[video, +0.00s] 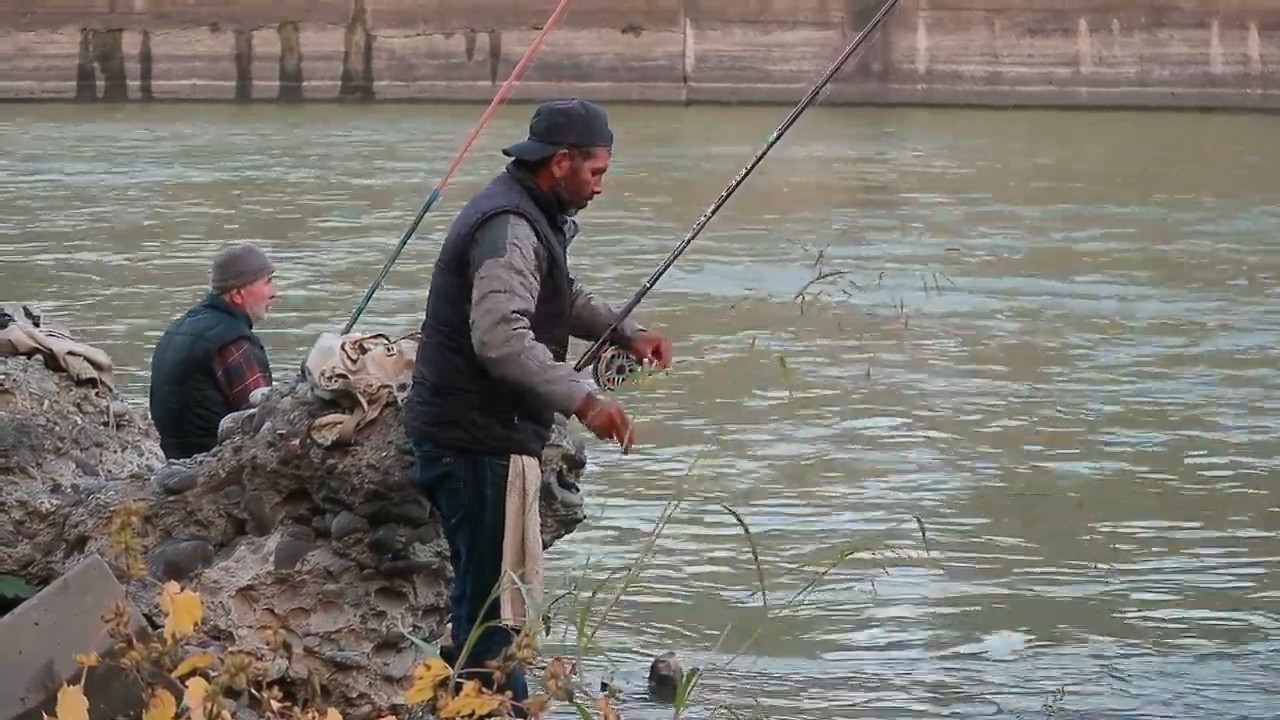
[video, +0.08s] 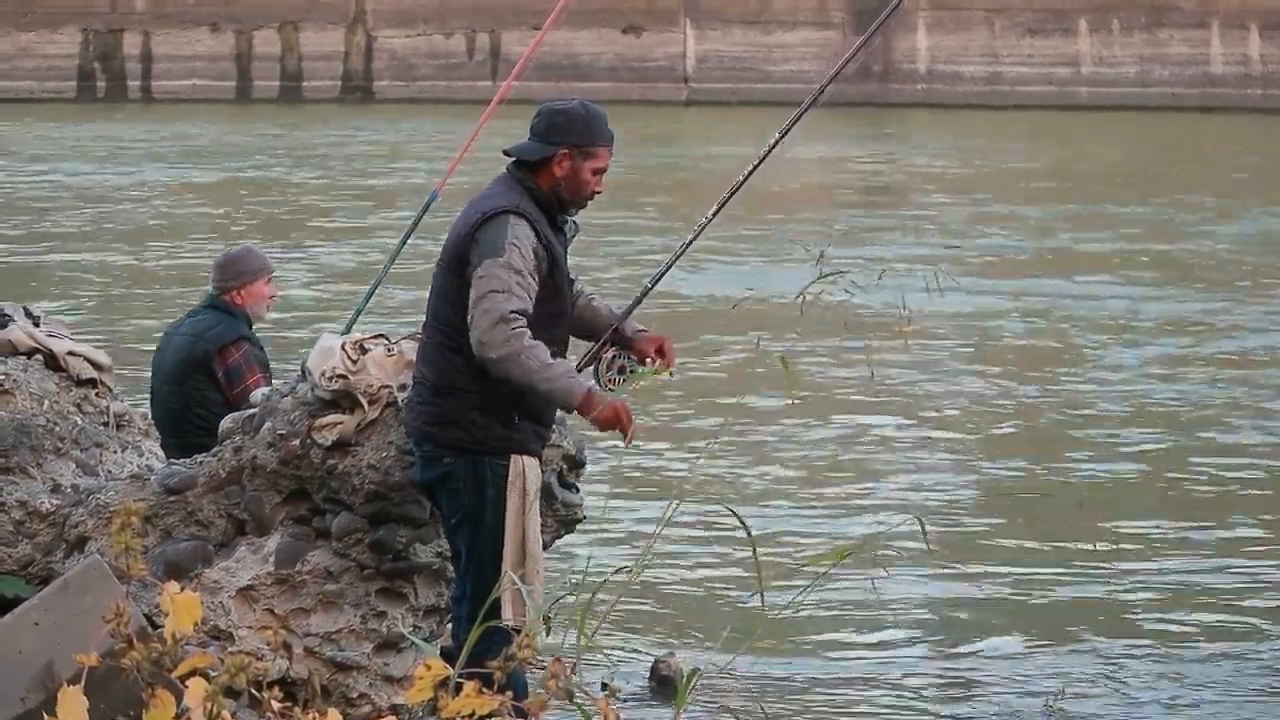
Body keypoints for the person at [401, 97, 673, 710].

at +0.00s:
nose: (601, 184)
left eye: (604, 171)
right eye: (596, 170)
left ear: (563, 161)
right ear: (560, 162)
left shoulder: (536, 217)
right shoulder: (510, 225)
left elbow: (555, 301)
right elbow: (498, 334)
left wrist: (623, 332)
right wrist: (582, 396)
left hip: (493, 436)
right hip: (469, 442)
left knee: (498, 594)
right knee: (489, 599)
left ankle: (492, 710)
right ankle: (484, 713)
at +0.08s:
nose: (602, 184)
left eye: (605, 171)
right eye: (597, 170)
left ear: (563, 161)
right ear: (560, 162)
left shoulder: (536, 218)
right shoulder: (509, 225)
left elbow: (557, 300)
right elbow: (497, 334)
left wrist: (625, 334)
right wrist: (583, 394)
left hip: (494, 436)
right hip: (469, 442)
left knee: (499, 593)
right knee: (489, 598)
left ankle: (495, 710)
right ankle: (486, 713)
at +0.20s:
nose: (602, 184)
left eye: (605, 171)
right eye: (597, 170)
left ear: (563, 161)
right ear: (561, 162)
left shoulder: (535, 217)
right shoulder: (510, 224)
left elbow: (558, 300)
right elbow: (500, 331)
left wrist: (627, 336)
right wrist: (590, 383)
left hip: (494, 437)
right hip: (470, 443)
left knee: (498, 592)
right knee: (489, 598)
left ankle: (491, 710)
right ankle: (484, 713)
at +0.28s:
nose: (602, 184)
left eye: (605, 171)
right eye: (597, 170)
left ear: (563, 162)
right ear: (560, 162)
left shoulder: (535, 218)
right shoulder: (508, 224)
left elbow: (558, 301)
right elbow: (507, 334)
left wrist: (627, 336)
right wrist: (599, 378)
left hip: (494, 437)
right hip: (470, 443)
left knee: (499, 591)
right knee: (489, 596)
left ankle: (493, 708)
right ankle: (485, 711)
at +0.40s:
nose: (601, 183)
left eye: (603, 170)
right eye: (596, 169)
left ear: (563, 162)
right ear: (559, 164)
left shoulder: (535, 220)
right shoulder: (507, 227)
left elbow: (563, 303)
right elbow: (526, 340)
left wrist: (629, 336)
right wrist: (614, 371)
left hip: (494, 438)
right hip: (470, 444)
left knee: (497, 591)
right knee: (490, 596)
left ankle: (491, 710)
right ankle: (487, 712)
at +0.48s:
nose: (601, 182)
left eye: (604, 169)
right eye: (597, 169)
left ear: (563, 163)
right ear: (561, 164)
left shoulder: (534, 220)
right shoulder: (506, 227)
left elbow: (564, 301)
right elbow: (533, 340)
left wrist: (627, 335)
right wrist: (618, 367)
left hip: (494, 437)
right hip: (470, 442)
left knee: (498, 588)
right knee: (489, 593)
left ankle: (489, 707)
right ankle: (487, 710)